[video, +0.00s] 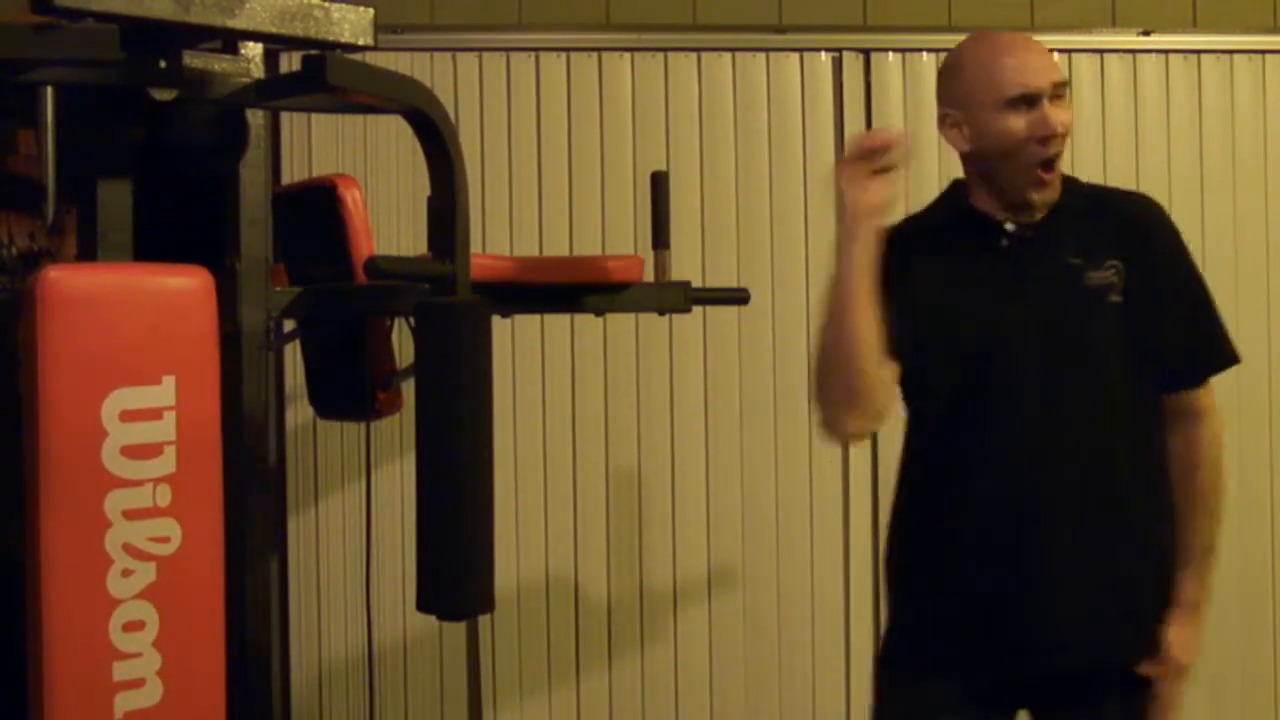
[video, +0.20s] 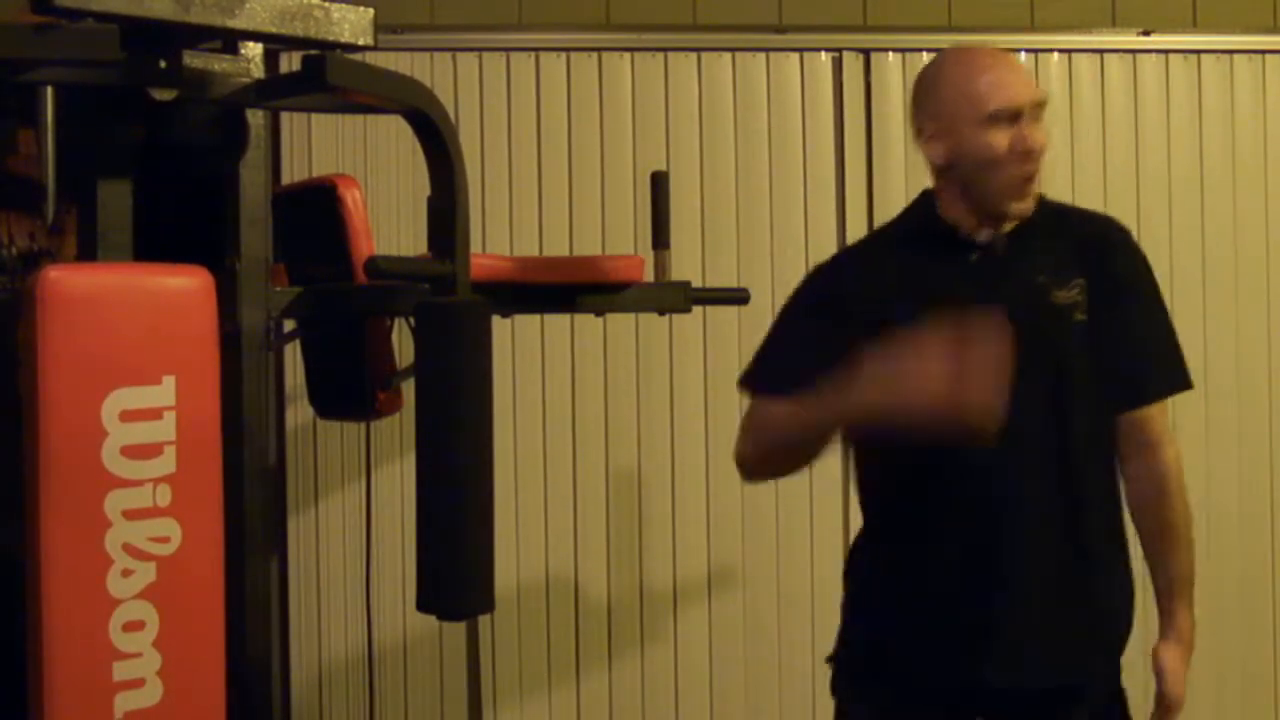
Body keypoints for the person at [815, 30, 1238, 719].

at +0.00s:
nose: (1053, 124)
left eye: (1057, 97)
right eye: (1021, 105)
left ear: (1069, 101)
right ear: (957, 130)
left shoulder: (1132, 230)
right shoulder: (908, 252)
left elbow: (1189, 418)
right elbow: (850, 415)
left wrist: (1186, 603)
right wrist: (857, 230)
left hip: (1107, 626)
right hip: (948, 628)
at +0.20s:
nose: (1031, 140)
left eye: (1036, 115)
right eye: (1003, 121)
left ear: (1048, 119)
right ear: (935, 141)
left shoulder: (1097, 257)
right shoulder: (855, 282)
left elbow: (1147, 450)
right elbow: (756, 454)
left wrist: (1175, 625)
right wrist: (869, 387)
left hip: (1068, 651)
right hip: (907, 655)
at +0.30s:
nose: (1026, 155)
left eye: (1026, 129)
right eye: (997, 135)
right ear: (923, 159)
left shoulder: (1087, 260)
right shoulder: (868, 289)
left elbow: (1158, 444)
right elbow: (804, 451)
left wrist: (1182, 617)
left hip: (1064, 658)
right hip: (907, 663)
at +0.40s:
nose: (1033, 158)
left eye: (1031, 138)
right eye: (1006, 141)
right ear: (930, 167)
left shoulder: (1097, 272)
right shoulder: (865, 308)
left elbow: (1159, 447)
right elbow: (835, 450)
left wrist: (1184, 586)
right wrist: (769, 283)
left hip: (1077, 666)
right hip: (918, 668)